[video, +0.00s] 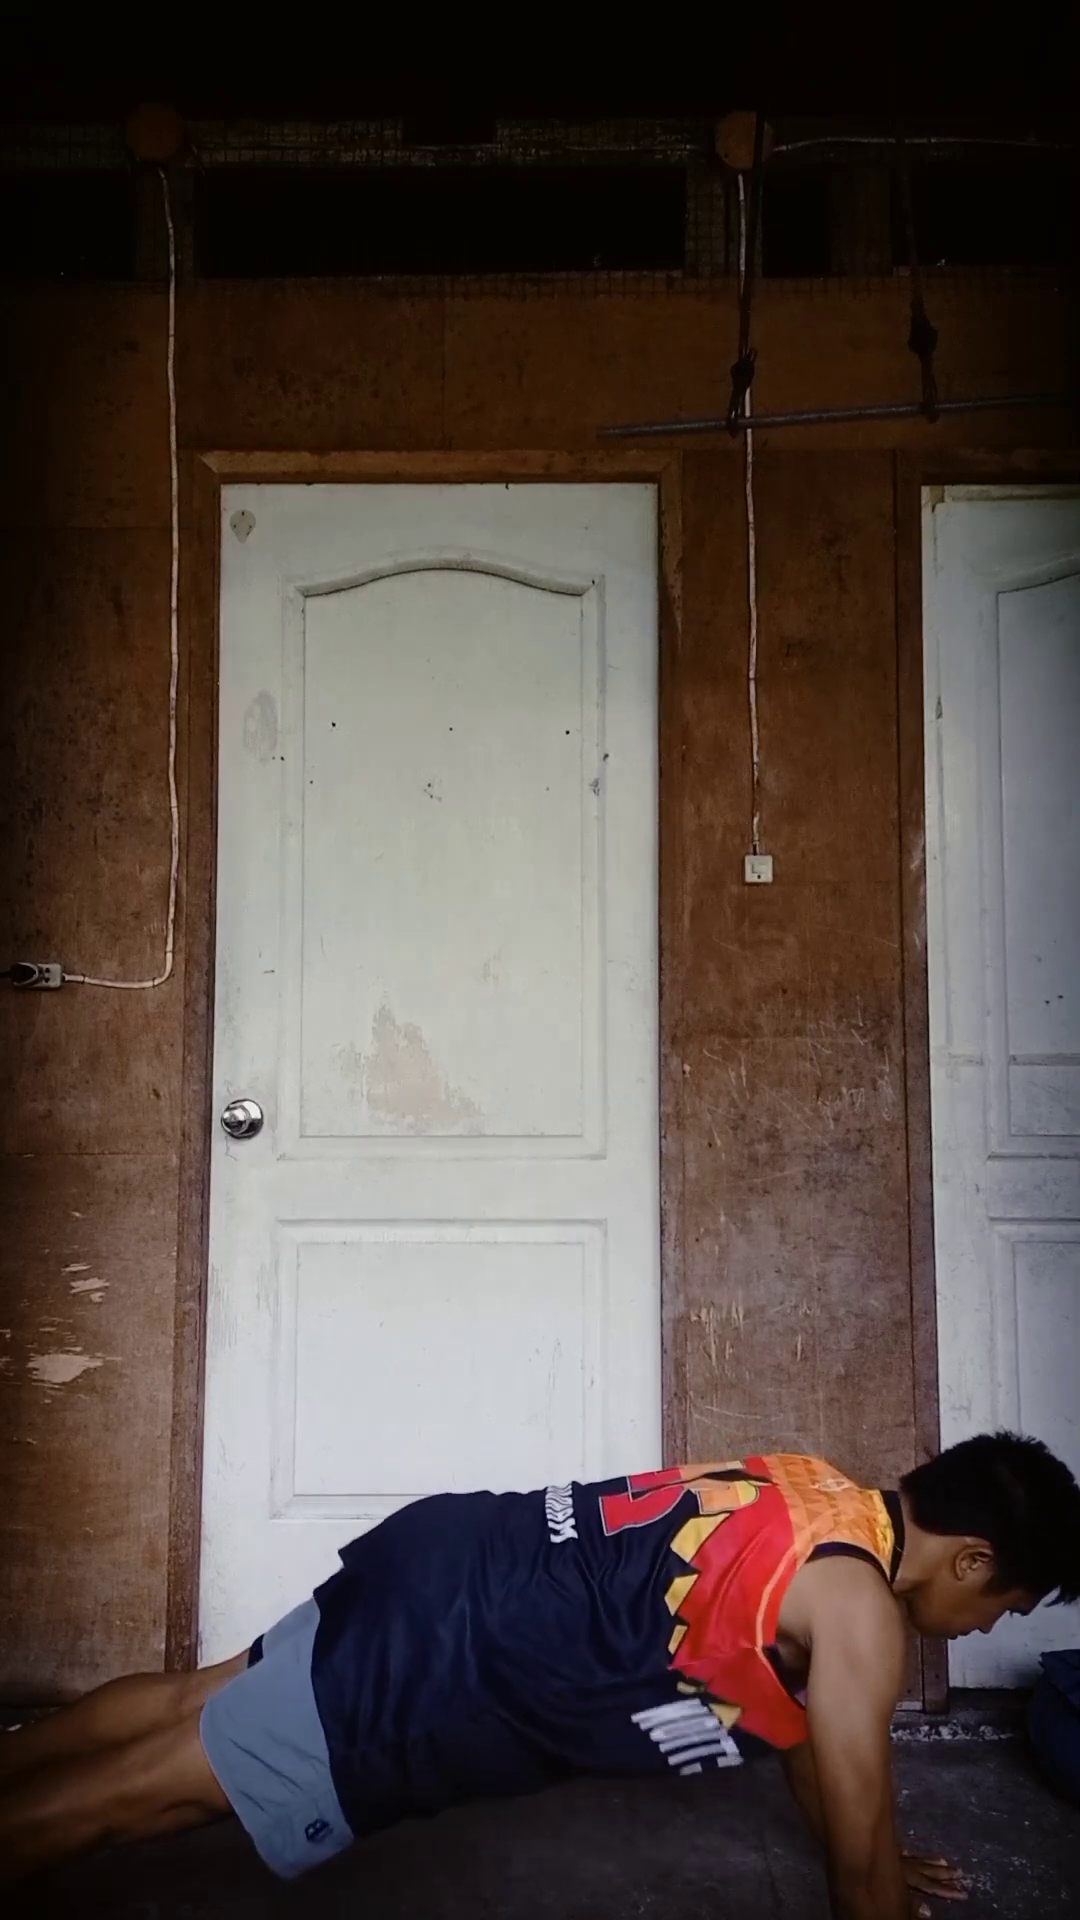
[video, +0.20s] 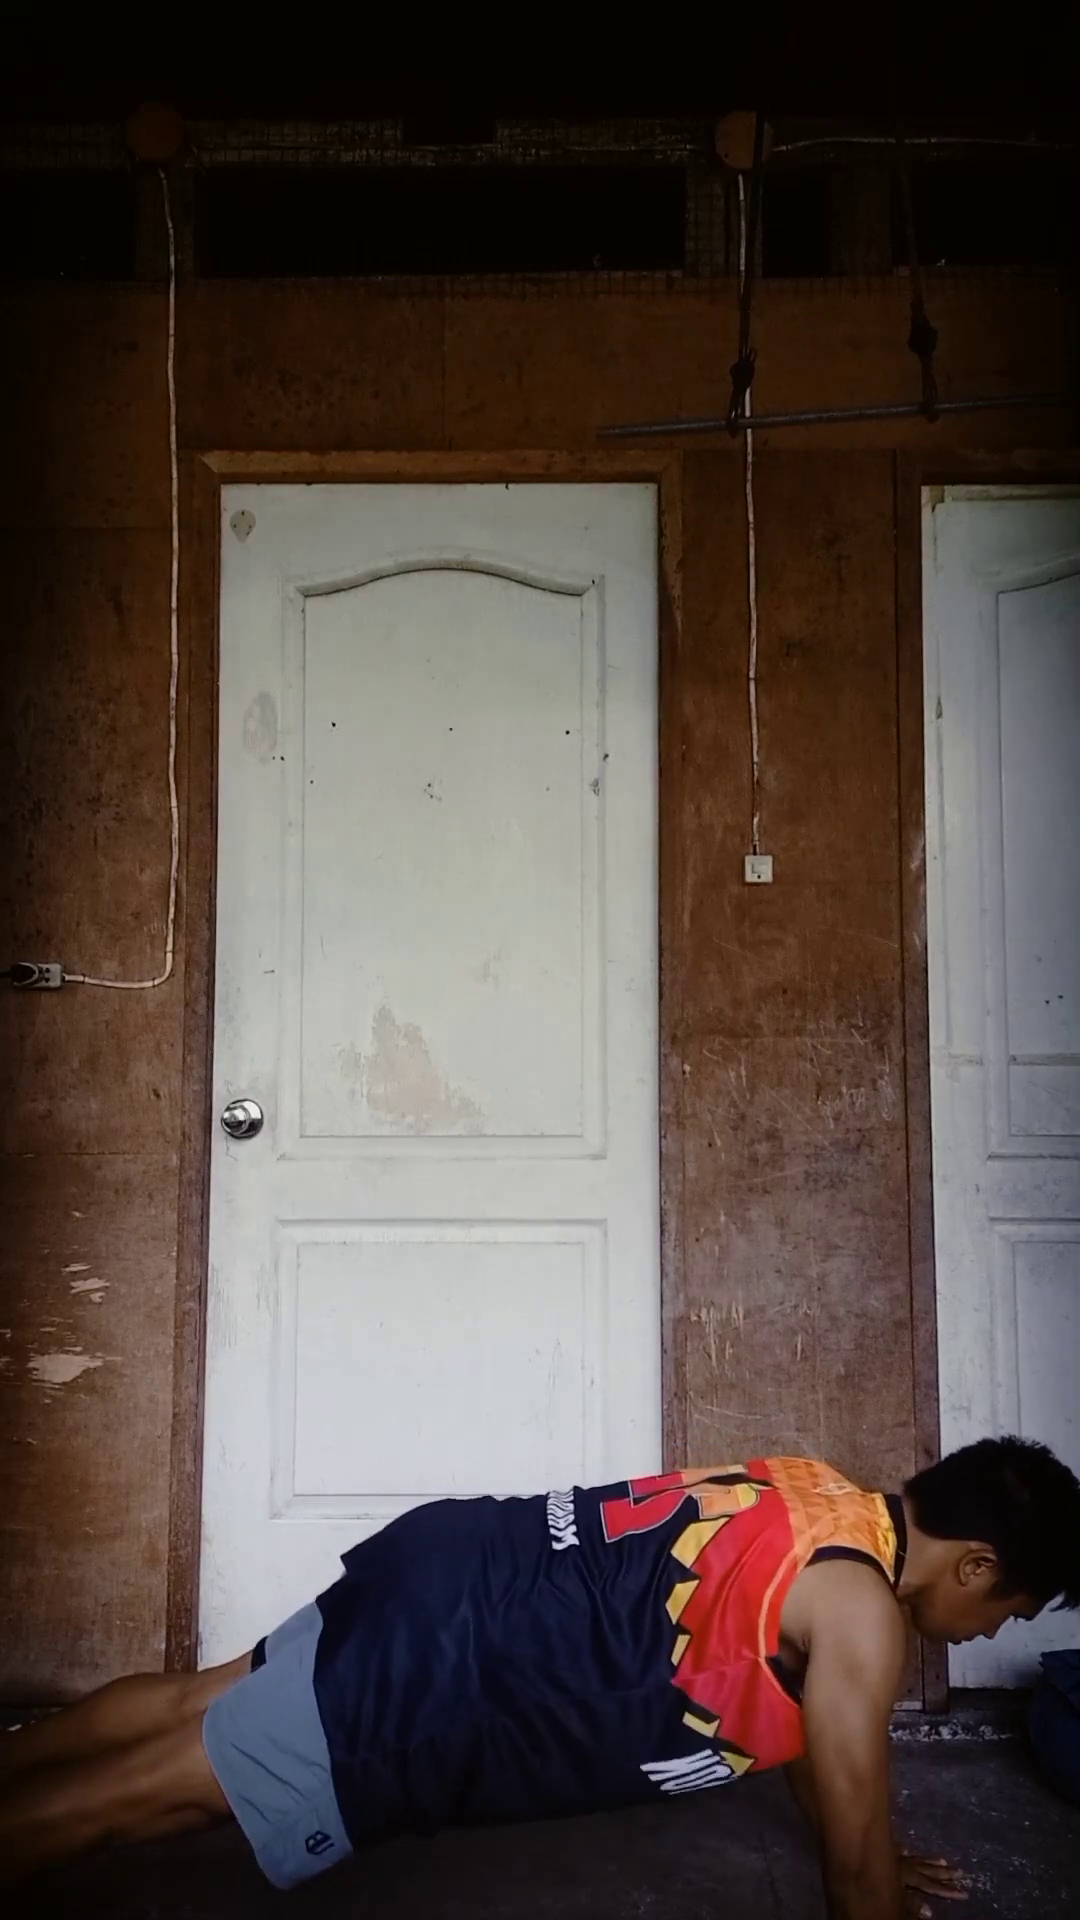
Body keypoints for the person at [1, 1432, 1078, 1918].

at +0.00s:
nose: (987, 1627)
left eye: (1008, 1608)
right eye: (1002, 1602)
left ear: (935, 1498)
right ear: (966, 1557)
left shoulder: (823, 1487)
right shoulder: (856, 1620)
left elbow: (806, 1713)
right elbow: (867, 1879)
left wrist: (877, 1850)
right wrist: (910, 1896)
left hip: (450, 1551)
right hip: (445, 1656)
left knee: (194, 1697)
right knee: (140, 1793)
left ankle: (1, 1766)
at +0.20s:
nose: (991, 1630)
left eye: (1013, 1613)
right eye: (1007, 1607)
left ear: (938, 1496)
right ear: (972, 1562)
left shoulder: (819, 1486)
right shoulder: (856, 1625)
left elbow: (788, 1700)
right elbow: (865, 1879)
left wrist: (866, 1845)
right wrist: (908, 1886)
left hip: (450, 1557)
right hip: (444, 1669)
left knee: (194, 1698)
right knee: (139, 1796)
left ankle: (1, 1766)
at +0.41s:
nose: (995, 1632)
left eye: (1017, 1615)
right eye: (1012, 1609)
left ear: (945, 1500)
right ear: (974, 1561)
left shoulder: (825, 1487)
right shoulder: (860, 1621)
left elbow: (798, 1705)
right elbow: (866, 1879)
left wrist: (866, 1847)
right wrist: (905, 1889)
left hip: (459, 1561)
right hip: (454, 1671)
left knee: (205, 1696)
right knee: (155, 1796)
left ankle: (4, 1766)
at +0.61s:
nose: (999, 1632)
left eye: (1020, 1615)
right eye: (1016, 1609)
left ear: (946, 1498)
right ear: (980, 1562)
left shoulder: (823, 1486)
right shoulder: (866, 1620)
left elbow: (797, 1700)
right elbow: (869, 1878)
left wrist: (873, 1844)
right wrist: (909, 1896)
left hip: (456, 1567)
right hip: (454, 1676)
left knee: (211, 1699)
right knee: (154, 1800)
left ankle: (4, 1765)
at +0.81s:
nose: (998, 1632)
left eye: (1019, 1614)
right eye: (1015, 1609)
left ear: (947, 1497)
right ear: (979, 1562)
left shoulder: (823, 1487)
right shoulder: (866, 1619)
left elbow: (803, 1701)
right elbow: (868, 1874)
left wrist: (871, 1844)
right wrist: (906, 1893)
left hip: (458, 1566)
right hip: (459, 1678)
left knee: (210, 1701)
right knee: (155, 1800)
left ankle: (3, 1765)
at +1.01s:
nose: (996, 1632)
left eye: (1017, 1615)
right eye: (1012, 1610)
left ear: (945, 1497)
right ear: (978, 1563)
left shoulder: (822, 1486)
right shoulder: (866, 1619)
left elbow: (797, 1702)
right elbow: (869, 1874)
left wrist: (874, 1843)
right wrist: (908, 1894)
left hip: (458, 1567)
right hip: (454, 1681)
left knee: (207, 1702)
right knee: (153, 1801)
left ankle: (3, 1764)